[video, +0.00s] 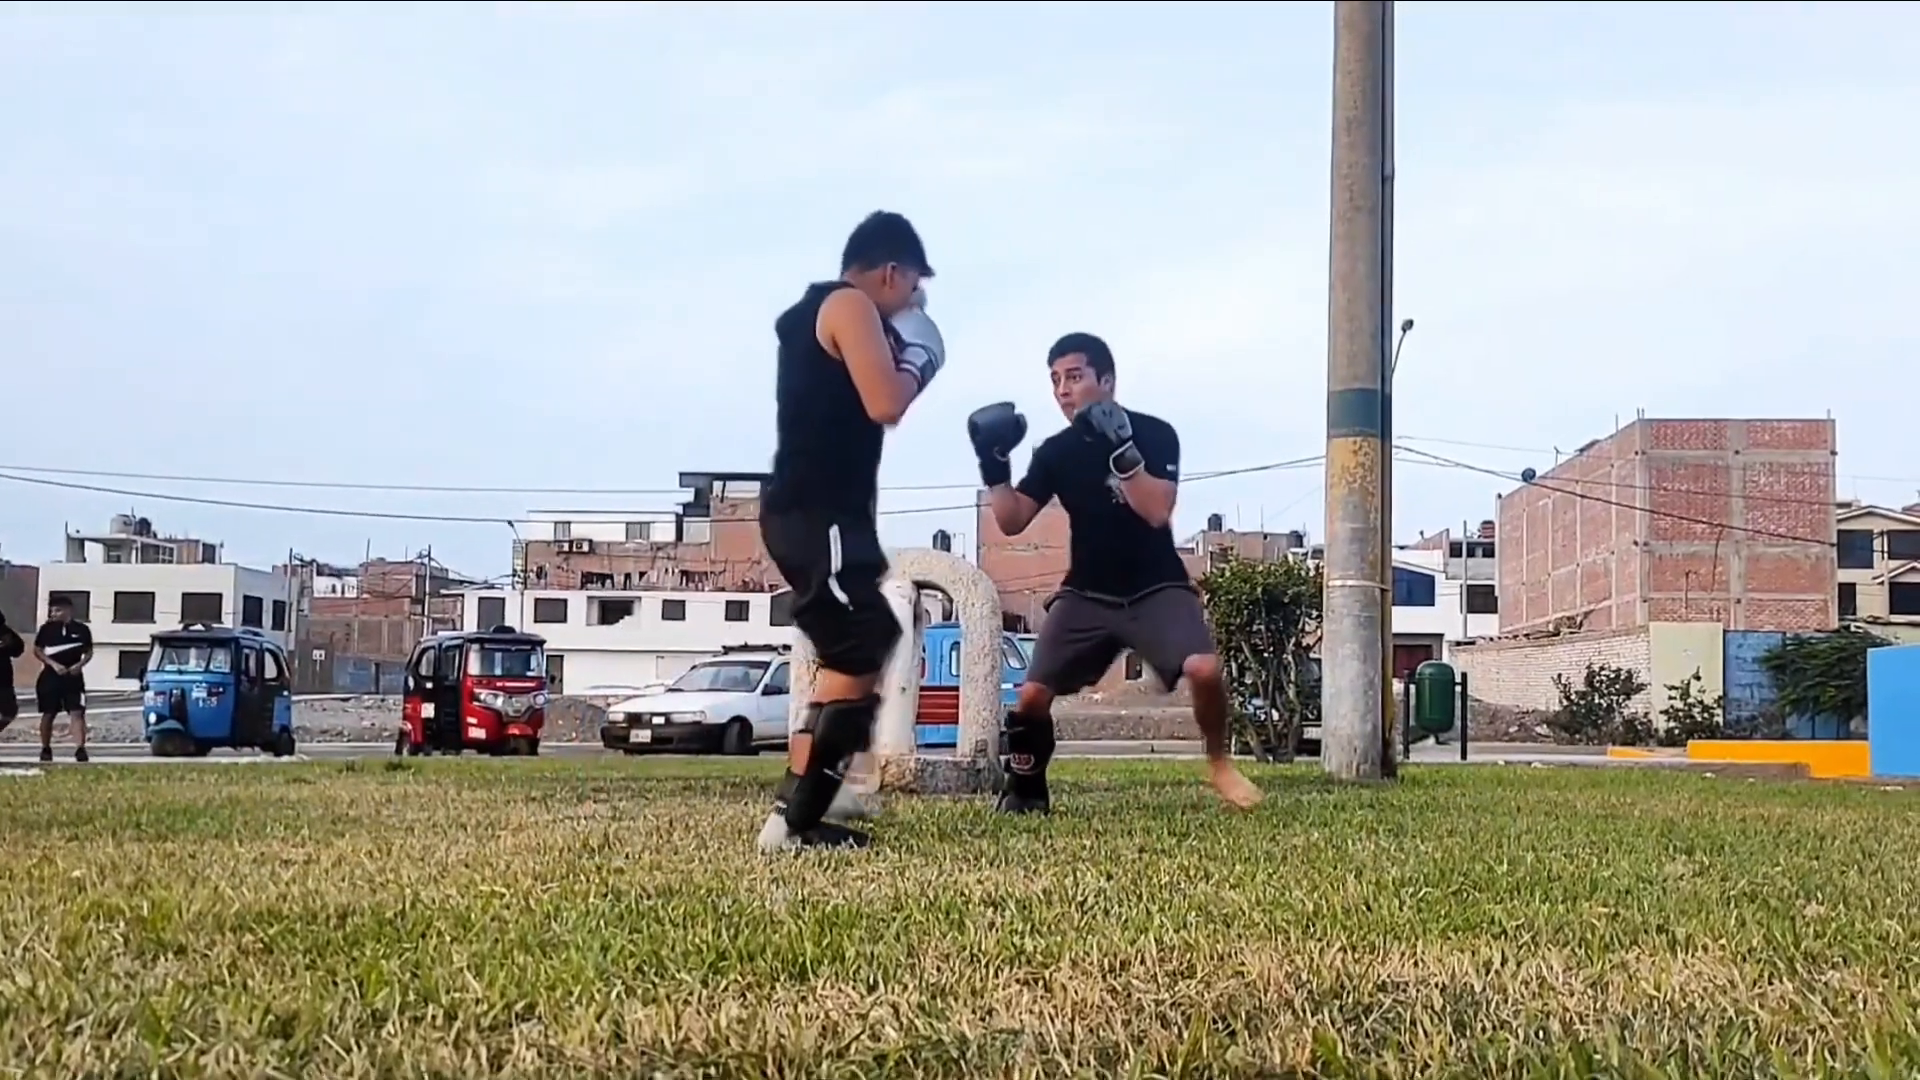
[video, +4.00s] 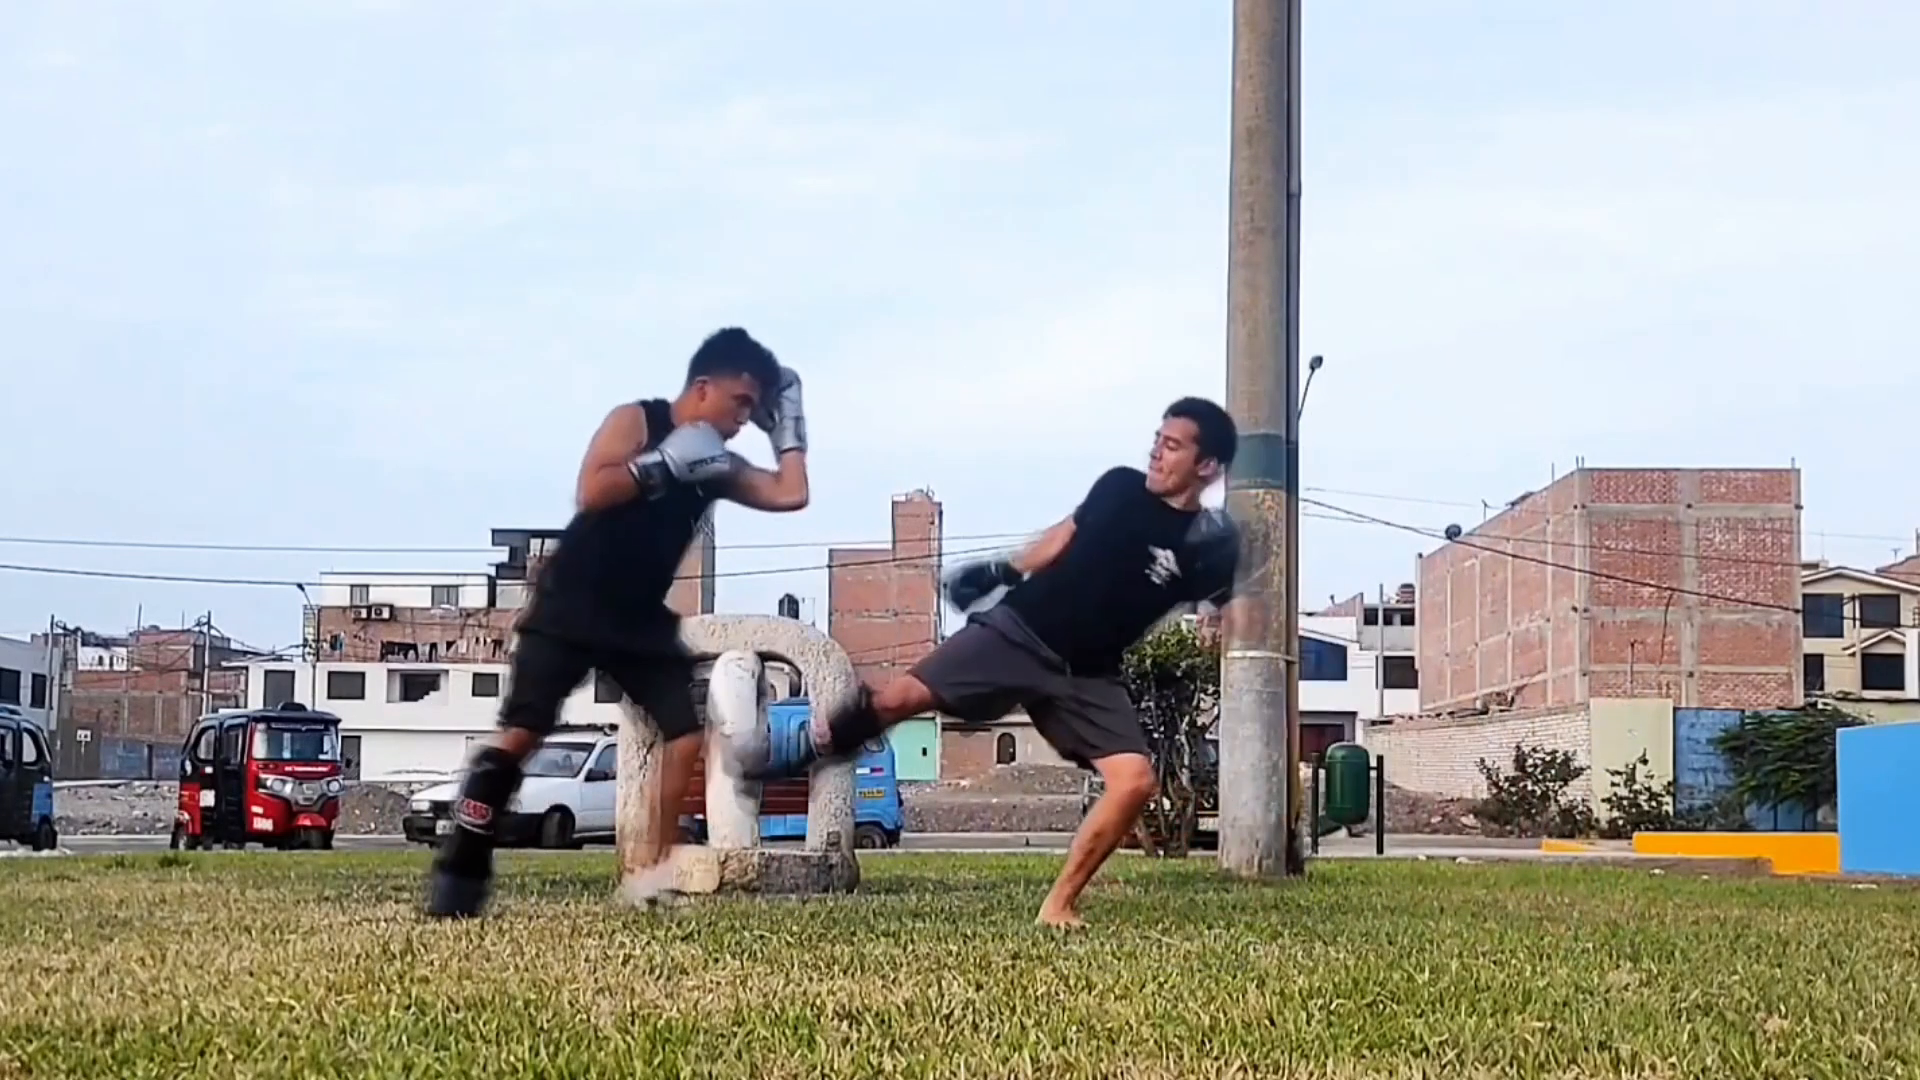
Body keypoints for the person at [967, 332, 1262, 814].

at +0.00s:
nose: (1062, 387)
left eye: (1073, 376)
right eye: (1056, 379)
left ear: (1106, 379)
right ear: (1052, 387)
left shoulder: (1154, 433)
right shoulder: (1055, 450)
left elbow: (1158, 511)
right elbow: (1011, 521)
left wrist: (1122, 449)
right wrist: (992, 460)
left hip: (1158, 588)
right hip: (1086, 594)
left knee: (1205, 668)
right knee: (1032, 695)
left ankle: (1219, 764)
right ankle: (1027, 798)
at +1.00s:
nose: (1327, 422)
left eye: (1337, 405)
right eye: (1320, 410)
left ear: (1378, 397)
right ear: (1365, 404)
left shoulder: (1429, 448)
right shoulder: (1372, 475)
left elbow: (1343, 536)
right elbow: (1287, 552)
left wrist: (1314, 452)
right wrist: (1271, 468)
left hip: (1530, 631)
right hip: (1490, 638)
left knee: (1456, 772)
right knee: (1428, 790)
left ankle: (1559, 939)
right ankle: (1532, 918)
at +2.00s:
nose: (1389, 422)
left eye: (1397, 407)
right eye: (1379, 416)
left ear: (1433, 397)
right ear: (1378, 425)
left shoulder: (1493, 435)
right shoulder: (1434, 486)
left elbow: (1488, 522)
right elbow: (1455, 581)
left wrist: (1434, 459)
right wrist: (1379, 554)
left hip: (1543, 625)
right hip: (1486, 628)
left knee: (1507, 753)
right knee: (1444, 757)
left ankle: (1579, 896)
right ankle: (1488, 909)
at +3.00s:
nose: (1387, 597)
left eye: (1401, 583)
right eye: (1378, 584)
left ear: (1433, 578)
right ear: (1369, 581)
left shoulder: (1480, 611)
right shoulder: (1361, 608)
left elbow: (1482, 712)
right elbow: (1312, 692)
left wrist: (1458, 640)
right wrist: (1322, 626)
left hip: (1467, 706)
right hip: (1392, 709)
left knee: (1507, 776)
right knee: (1304, 799)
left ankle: (1549, 912)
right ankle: (1290, 905)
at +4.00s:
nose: (1158, 452)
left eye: (1174, 445)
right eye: (1159, 440)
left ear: (1209, 465)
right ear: (1155, 443)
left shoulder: (1211, 546)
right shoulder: (1121, 484)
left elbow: (1228, 625)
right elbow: (1065, 536)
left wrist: (1228, 565)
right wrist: (1003, 570)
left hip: (1088, 677)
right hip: (1016, 636)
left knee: (1135, 779)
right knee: (898, 696)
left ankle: (1058, 907)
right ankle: (803, 749)